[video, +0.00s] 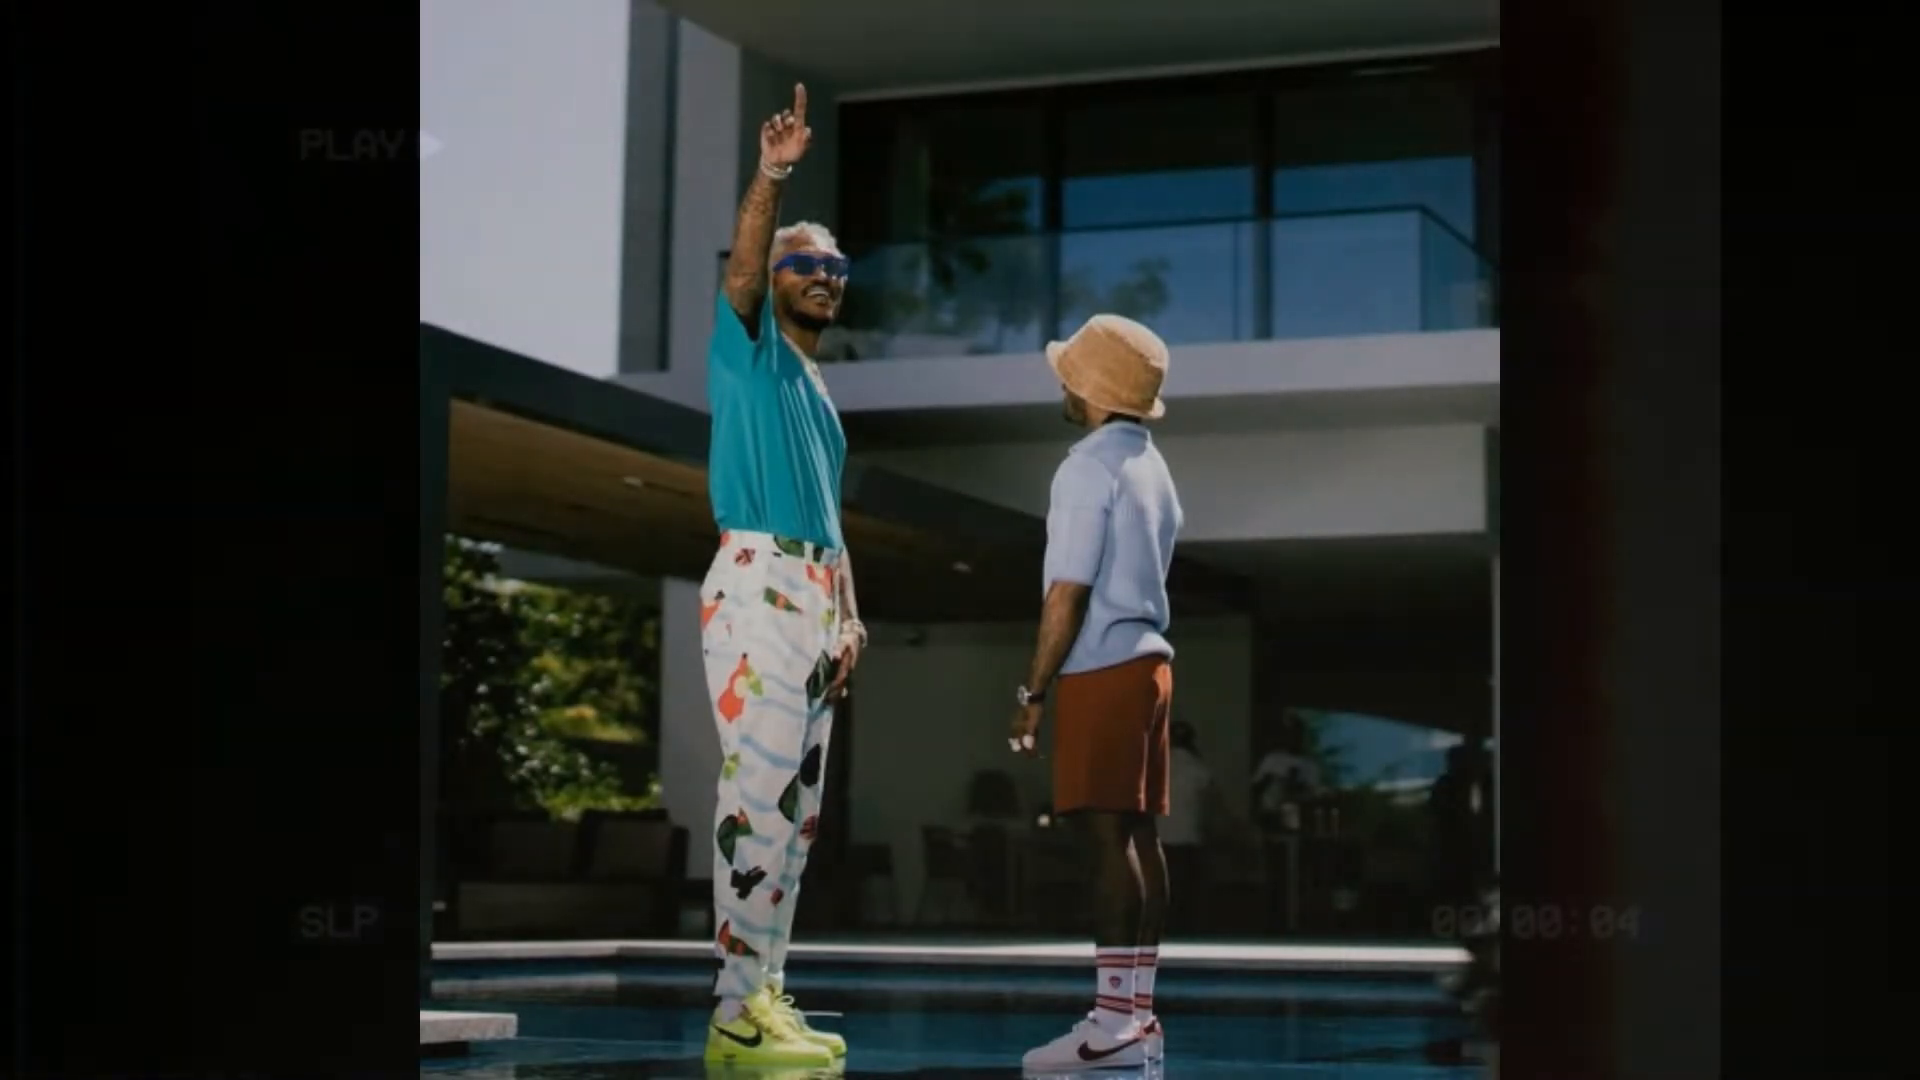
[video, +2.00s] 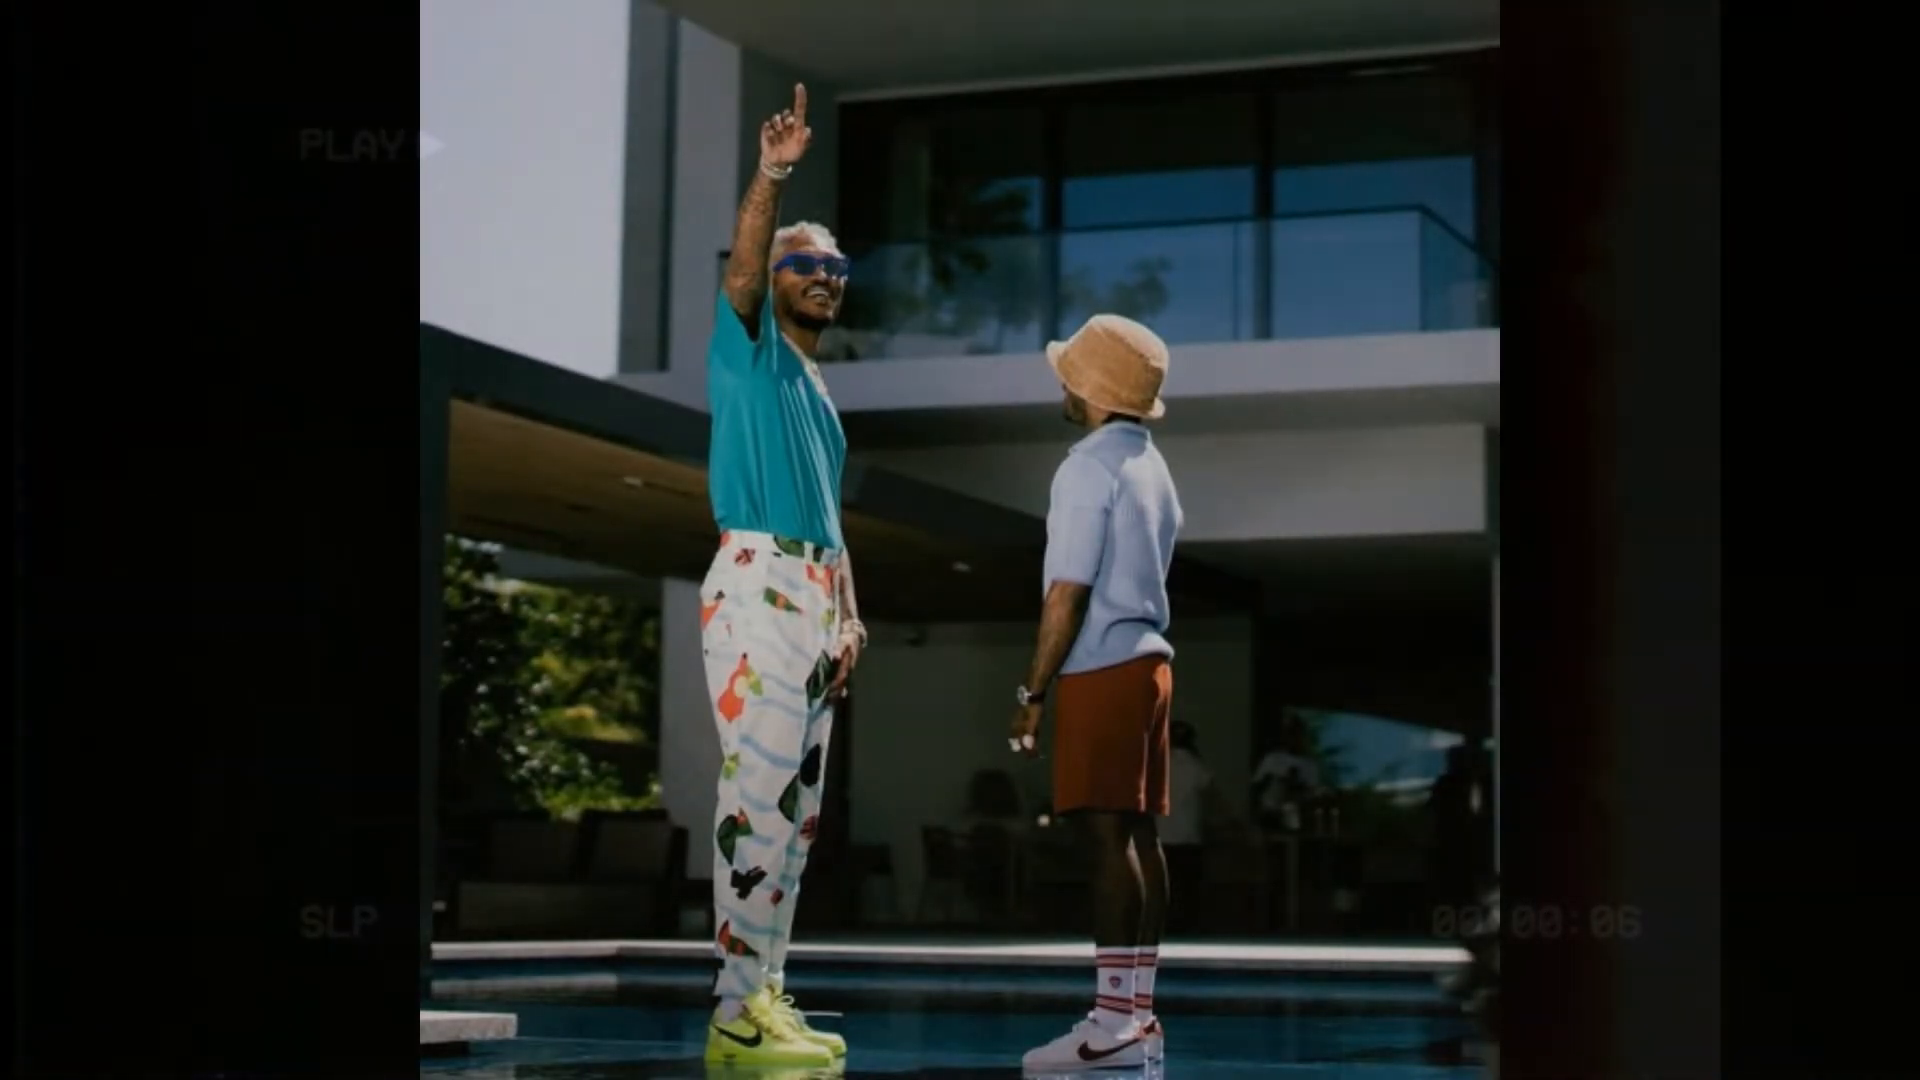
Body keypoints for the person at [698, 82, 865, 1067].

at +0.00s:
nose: (823, 281)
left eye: (834, 272)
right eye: (805, 267)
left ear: (842, 292)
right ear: (770, 278)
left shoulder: (820, 396)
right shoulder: (745, 344)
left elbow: (827, 522)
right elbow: (744, 267)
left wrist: (848, 613)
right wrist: (770, 173)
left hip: (814, 591)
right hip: (756, 582)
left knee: (793, 798)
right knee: (759, 792)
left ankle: (760, 1000)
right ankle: (745, 1006)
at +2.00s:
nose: (823, 283)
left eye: (834, 273)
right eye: (806, 268)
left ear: (841, 292)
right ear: (770, 278)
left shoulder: (818, 394)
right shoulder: (744, 343)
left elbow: (827, 520)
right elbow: (744, 267)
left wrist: (847, 612)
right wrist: (770, 173)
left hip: (813, 590)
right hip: (755, 581)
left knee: (793, 798)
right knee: (759, 793)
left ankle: (758, 1002)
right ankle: (745, 1007)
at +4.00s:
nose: (823, 283)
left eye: (834, 274)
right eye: (806, 268)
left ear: (841, 293)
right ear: (770, 278)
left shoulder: (818, 394)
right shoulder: (744, 343)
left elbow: (828, 520)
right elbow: (744, 268)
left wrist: (847, 612)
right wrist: (769, 174)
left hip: (814, 589)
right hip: (756, 581)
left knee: (794, 798)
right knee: (759, 791)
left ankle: (756, 1003)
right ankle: (746, 1003)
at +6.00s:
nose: (823, 282)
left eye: (834, 273)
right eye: (806, 268)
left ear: (841, 293)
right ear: (770, 278)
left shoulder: (818, 395)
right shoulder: (744, 343)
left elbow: (827, 520)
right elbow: (743, 268)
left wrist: (847, 613)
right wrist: (770, 173)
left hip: (814, 590)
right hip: (756, 582)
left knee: (794, 798)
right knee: (758, 791)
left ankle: (757, 1002)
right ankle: (746, 1003)